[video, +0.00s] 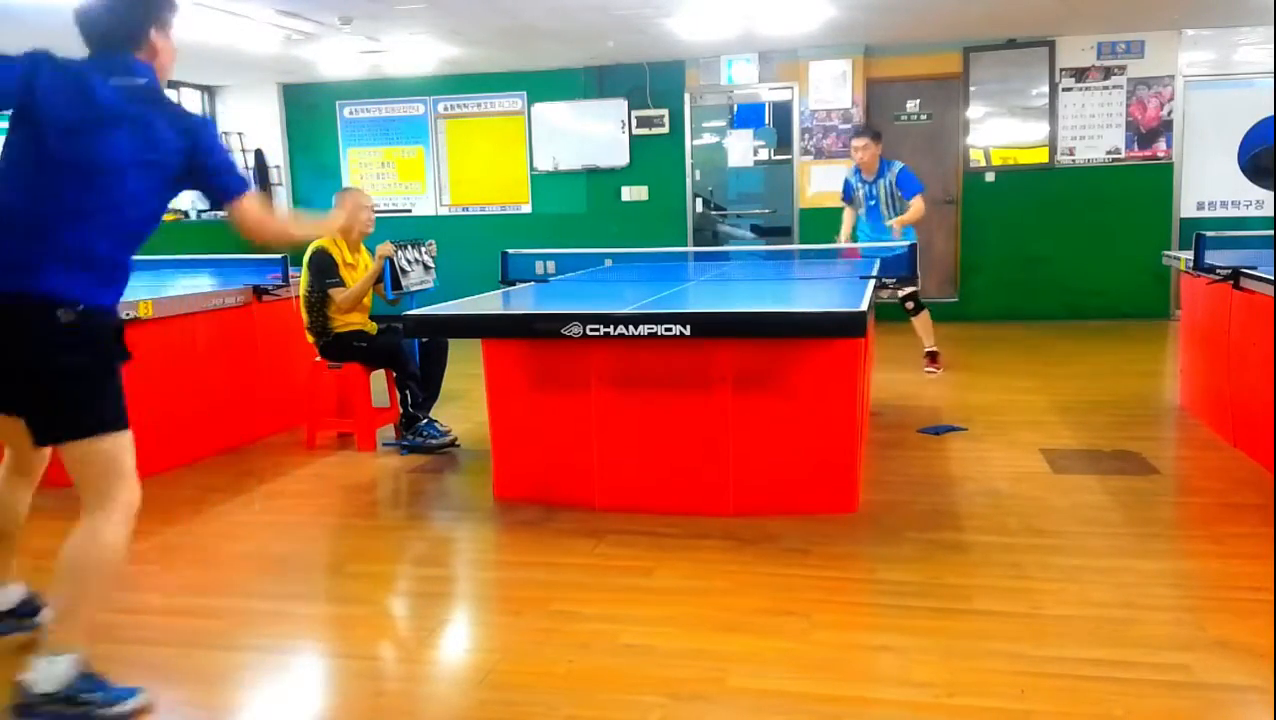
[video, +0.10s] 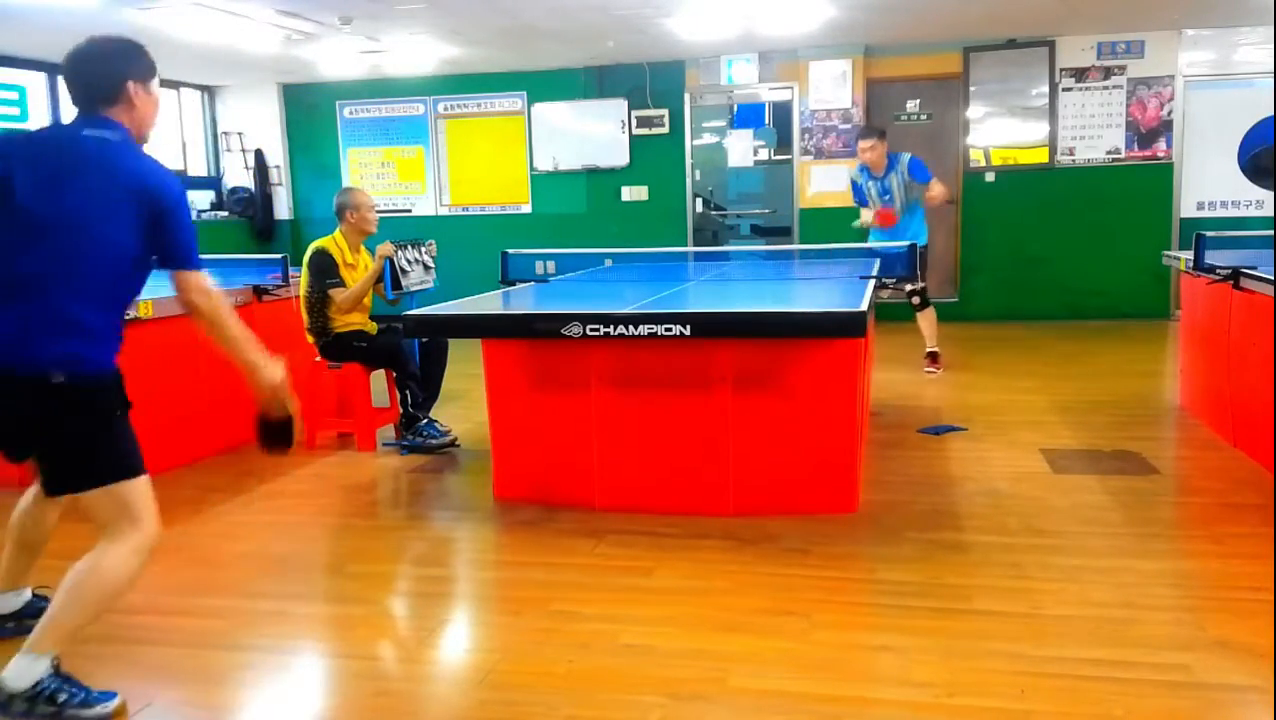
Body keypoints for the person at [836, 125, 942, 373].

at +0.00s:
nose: (858, 156)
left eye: (863, 149)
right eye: (854, 150)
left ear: (878, 148)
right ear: (850, 151)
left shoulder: (897, 172)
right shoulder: (852, 177)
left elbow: (919, 207)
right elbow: (850, 208)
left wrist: (901, 220)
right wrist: (844, 234)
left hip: (899, 248)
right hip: (867, 249)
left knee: (909, 299)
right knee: (858, 301)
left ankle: (931, 351)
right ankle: (855, 354)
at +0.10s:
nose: (866, 156)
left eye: (871, 149)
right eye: (861, 151)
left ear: (884, 146)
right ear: (857, 152)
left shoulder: (907, 163)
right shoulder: (858, 174)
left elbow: (940, 190)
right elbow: (863, 212)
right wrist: (874, 217)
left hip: (911, 240)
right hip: (878, 241)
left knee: (916, 295)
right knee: (863, 295)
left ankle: (932, 351)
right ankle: (858, 352)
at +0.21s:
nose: (873, 147)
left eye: (877, 141)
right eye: (868, 142)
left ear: (890, 137)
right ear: (863, 142)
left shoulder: (910, 153)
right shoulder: (861, 166)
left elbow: (937, 169)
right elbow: (863, 200)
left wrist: (946, 176)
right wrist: (872, 201)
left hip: (915, 235)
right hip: (880, 236)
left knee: (924, 290)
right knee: (866, 293)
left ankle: (934, 349)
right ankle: (858, 350)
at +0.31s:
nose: (879, 136)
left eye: (884, 130)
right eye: (874, 131)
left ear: (894, 128)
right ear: (867, 133)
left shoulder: (908, 145)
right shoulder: (864, 157)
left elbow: (934, 159)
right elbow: (874, 192)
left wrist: (954, 167)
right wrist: (883, 182)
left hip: (915, 230)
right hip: (881, 234)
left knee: (927, 288)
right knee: (868, 291)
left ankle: (940, 347)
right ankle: (859, 349)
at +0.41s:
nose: (878, 138)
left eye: (883, 133)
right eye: (873, 134)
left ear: (895, 134)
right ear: (866, 138)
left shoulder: (907, 157)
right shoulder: (864, 164)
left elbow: (932, 169)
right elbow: (885, 185)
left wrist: (960, 171)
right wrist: (898, 160)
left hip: (914, 237)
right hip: (881, 240)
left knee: (926, 293)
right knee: (866, 296)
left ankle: (943, 349)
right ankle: (859, 351)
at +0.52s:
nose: (872, 145)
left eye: (877, 139)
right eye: (867, 139)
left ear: (887, 139)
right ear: (860, 141)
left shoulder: (899, 160)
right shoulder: (855, 163)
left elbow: (920, 185)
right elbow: (866, 181)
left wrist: (954, 191)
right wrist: (889, 158)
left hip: (901, 241)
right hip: (869, 244)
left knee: (920, 291)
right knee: (863, 298)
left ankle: (940, 348)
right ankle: (858, 353)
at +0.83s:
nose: (846, 137)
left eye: (851, 131)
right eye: (843, 132)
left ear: (864, 133)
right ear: (838, 136)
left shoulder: (880, 159)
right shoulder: (835, 163)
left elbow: (898, 190)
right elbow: (824, 196)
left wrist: (886, 205)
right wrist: (813, 211)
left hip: (875, 236)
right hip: (843, 237)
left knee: (886, 287)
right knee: (844, 285)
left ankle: (892, 334)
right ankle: (848, 334)